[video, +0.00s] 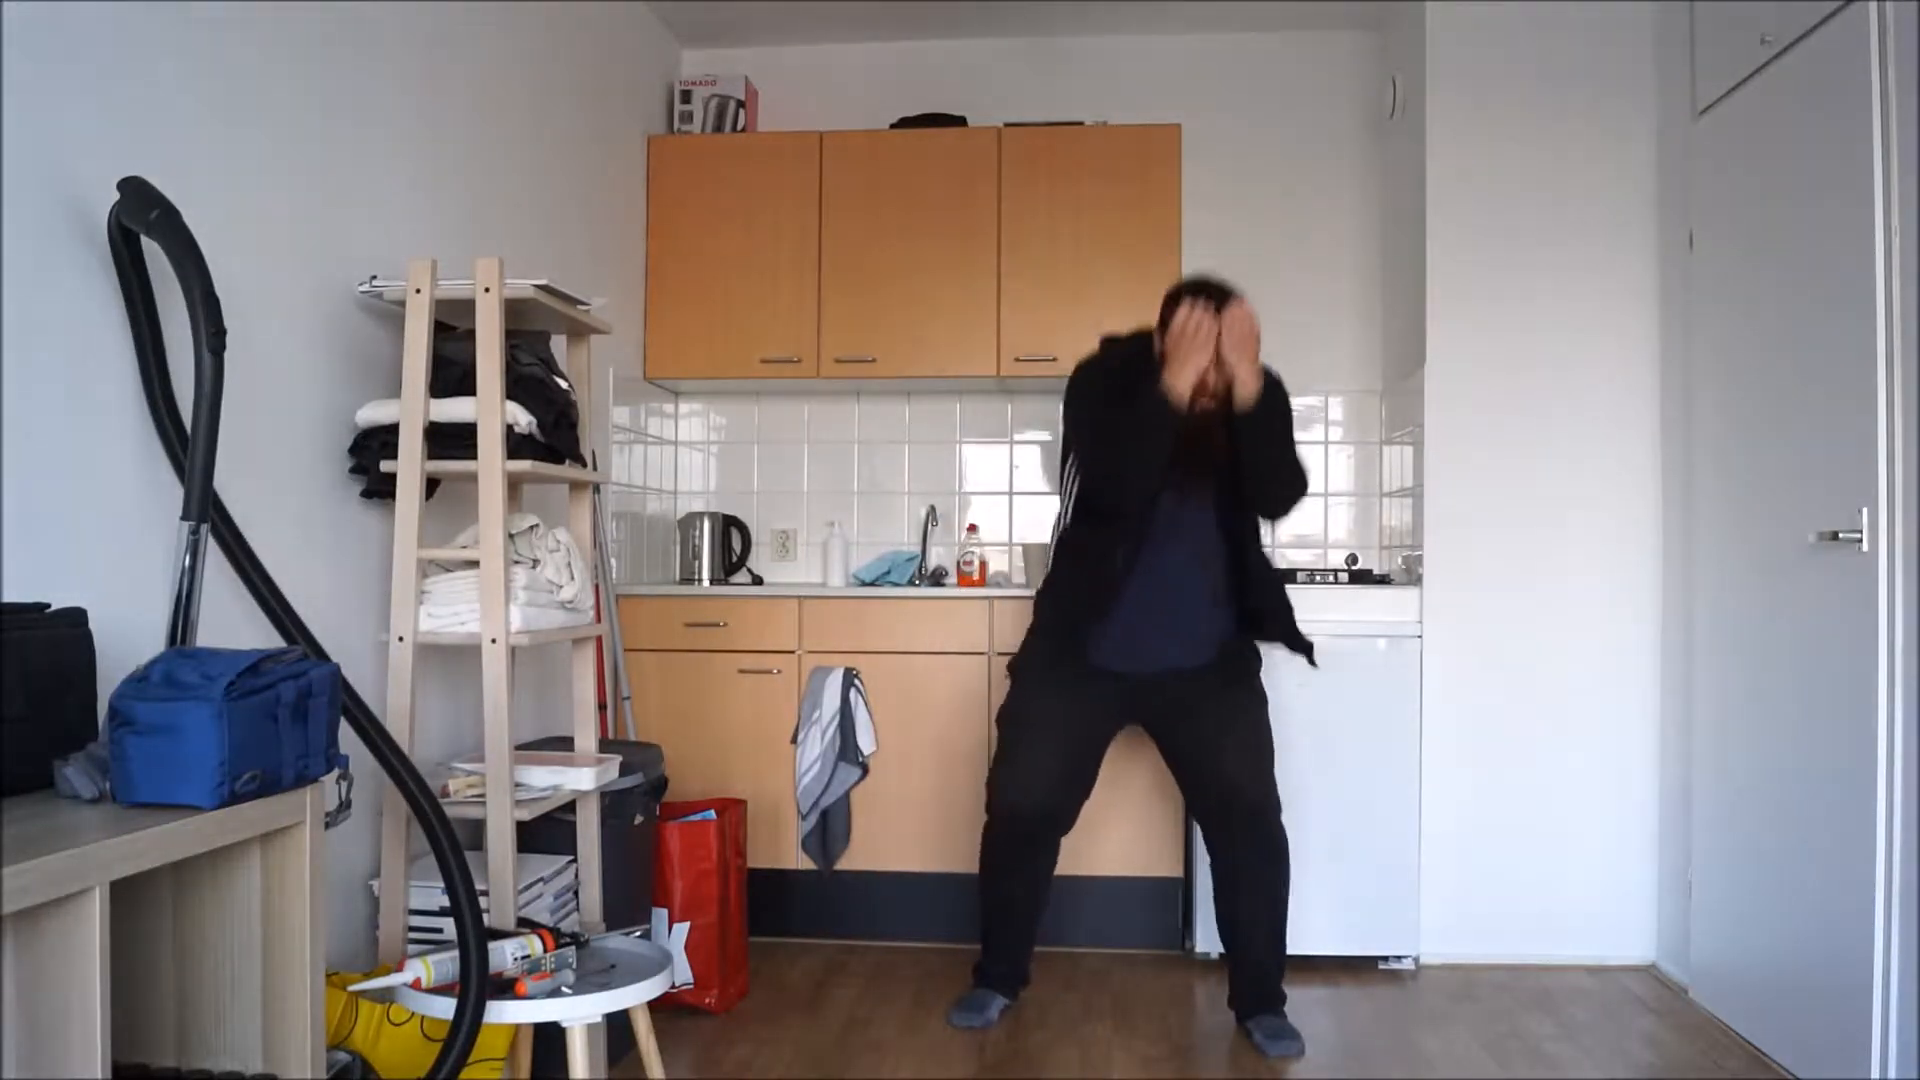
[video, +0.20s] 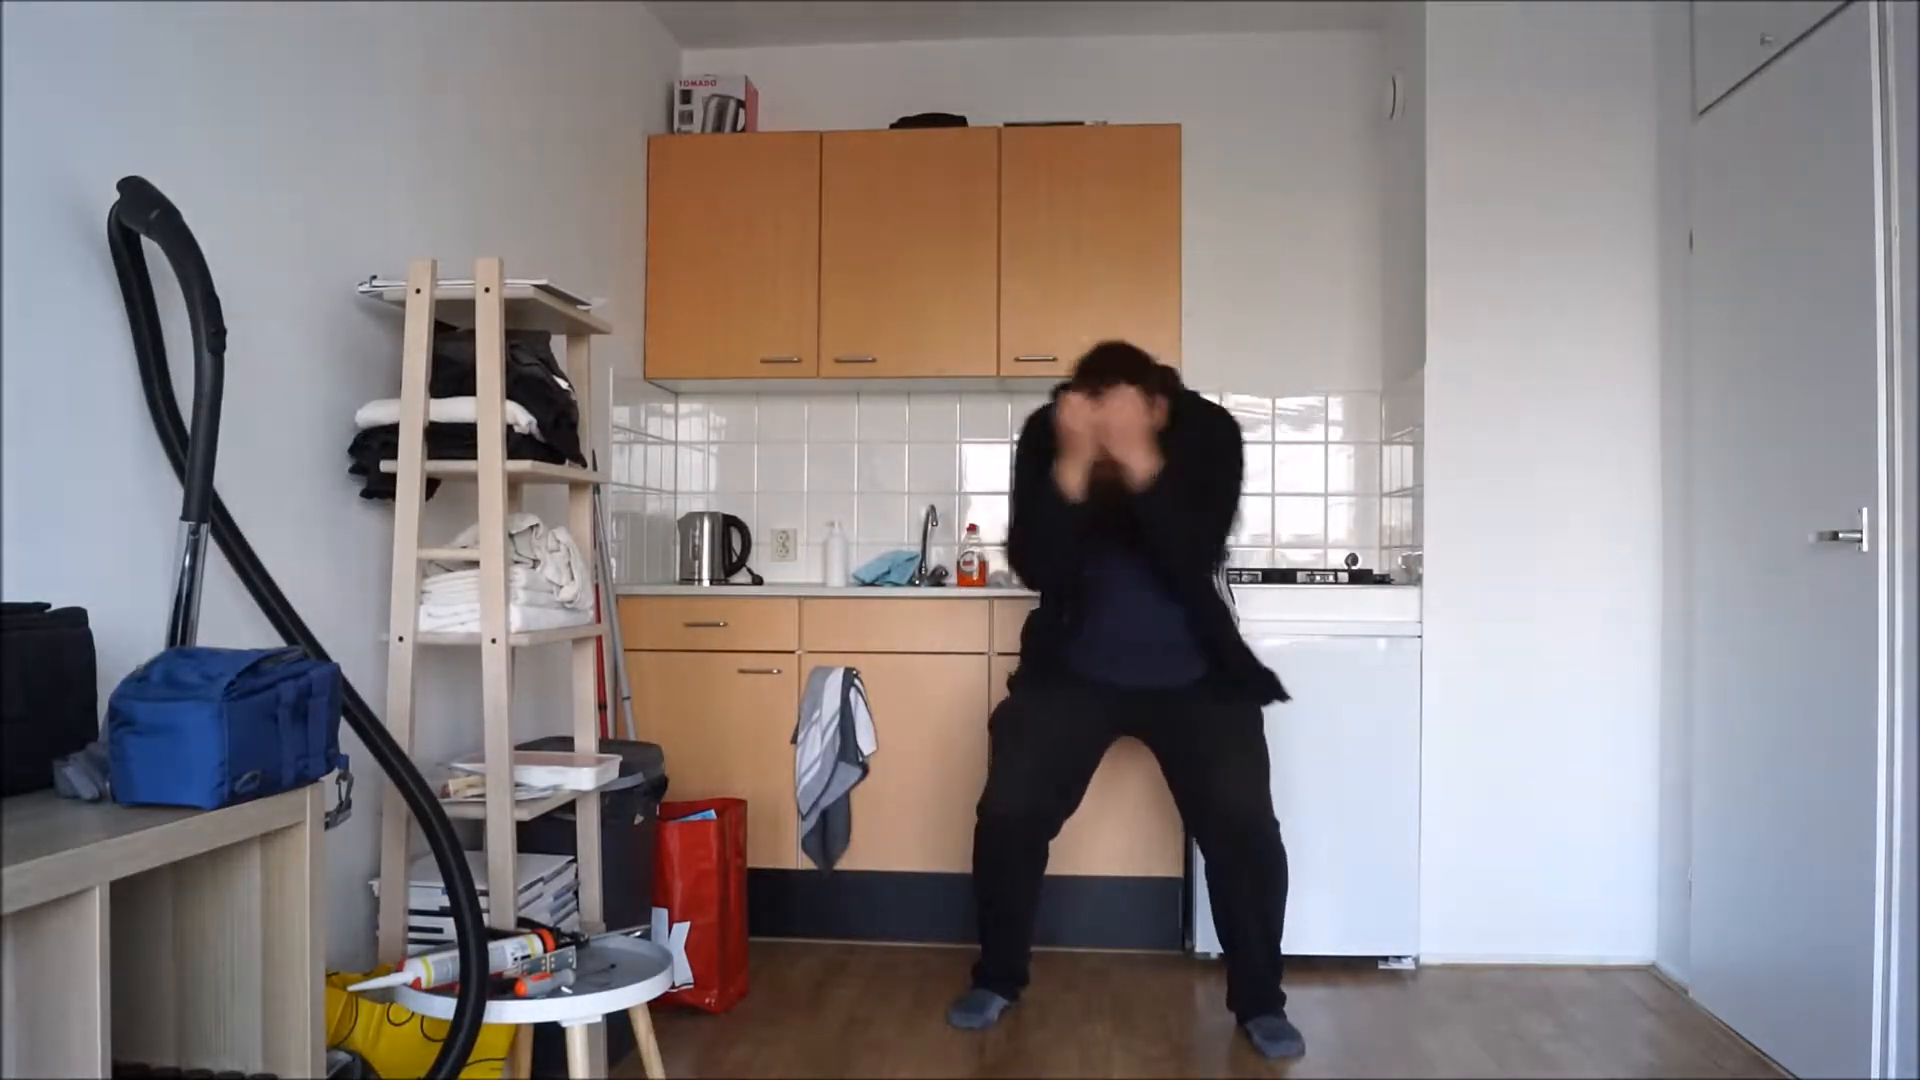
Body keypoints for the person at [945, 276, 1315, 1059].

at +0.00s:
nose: (1205, 354)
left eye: (1221, 344)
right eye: (1193, 339)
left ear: (1237, 345)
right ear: (1164, 331)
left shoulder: (1256, 398)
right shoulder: (1107, 380)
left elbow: (1277, 496)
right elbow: (1107, 487)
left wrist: (1251, 386)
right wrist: (1171, 388)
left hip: (1205, 658)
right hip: (1082, 649)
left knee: (1249, 823)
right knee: (1022, 809)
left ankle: (1261, 1002)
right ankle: (998, 979)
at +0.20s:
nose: (1105, 431)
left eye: (1116, 418)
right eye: (1088, 418)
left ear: (1152, 403)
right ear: (1073, 410)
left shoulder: (1208, 431)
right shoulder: (1049, 432)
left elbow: (1193, 555)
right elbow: (1035, 567)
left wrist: (1141, 462)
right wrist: (1071, 471)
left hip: (1194, 676)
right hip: (1071, 674)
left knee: (1244, 830)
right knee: (1008, 815)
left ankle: (1261, 1004)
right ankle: (998, 978)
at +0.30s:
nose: (1056, 398)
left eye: (1067, 385)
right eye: (1049, 389)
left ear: (1109, 375)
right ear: (1044, 387)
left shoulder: (1183, 411)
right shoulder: (1031, 418)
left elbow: (1160, 526)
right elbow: (1000, 537)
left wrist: (1098, 435)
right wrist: (1030, 440)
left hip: (1186, 667)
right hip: (1068, 662)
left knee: (1235, 828)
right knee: (1005, 809)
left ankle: (1259, 1001)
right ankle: (997, 978)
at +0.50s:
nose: (1026, 298)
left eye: (1039, 283)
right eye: (1017, 287)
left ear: (1087, 293)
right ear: (1019, 304)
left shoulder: (1157, 344)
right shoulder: (1025, 362)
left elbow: (1112, 435)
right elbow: (959, 446)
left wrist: (1056, 328)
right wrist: (991, 338)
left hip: (1170, 633)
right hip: (1056, 635)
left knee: (1222, 818)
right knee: (1011, 803)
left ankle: (1258, 1000)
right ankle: (997, 979)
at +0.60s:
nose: (1025, 316)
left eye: (1039, 301)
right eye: (1016, 307)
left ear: (1088, 314)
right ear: (1018, 324)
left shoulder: (1157, 362)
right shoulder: (1022, 382)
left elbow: (1120, 451)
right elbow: (964, 471)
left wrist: (1063, 352)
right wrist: (995, 360)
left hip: (1170, 645)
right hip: (1054, 648)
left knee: (1227, 819)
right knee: (1007, 807)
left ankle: (1259, 1001)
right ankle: (997, 979)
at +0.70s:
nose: (1043, 372)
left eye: (1054, 357)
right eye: (1032, 362)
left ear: (1099, 353)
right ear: (1025, 370)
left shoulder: (1165, 397)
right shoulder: (1019, 416)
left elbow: (1142, 502)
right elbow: (978, 517)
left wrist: (1085, 409)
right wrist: (1010, 421)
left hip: (1170, 661)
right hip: (1051, 664)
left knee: (1233, 821)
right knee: (1003, 811)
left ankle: (1259, 1000)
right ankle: (998, 978)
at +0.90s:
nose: (1156, 442)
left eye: (1170, 431)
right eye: (1141, 430)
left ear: (1191, 417)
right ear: (1113, 414)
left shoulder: (1220, 441)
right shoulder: (1064, 440)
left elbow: (1234, 571)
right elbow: (1070, 562)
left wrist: (1201, 474)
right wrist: (1123, 476)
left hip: (1180, 681)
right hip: (1060, 683)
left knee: (1255, 832)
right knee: (1015, 832)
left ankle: (1261, 1004)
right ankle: (997, 978)